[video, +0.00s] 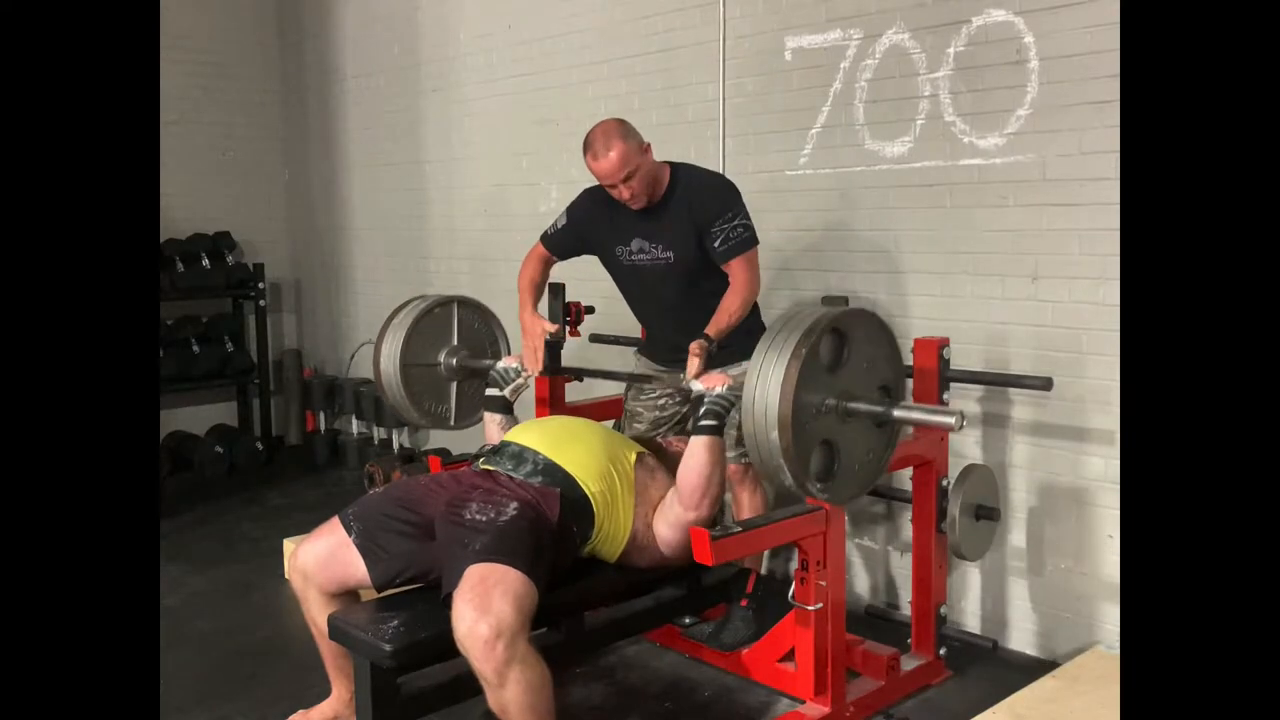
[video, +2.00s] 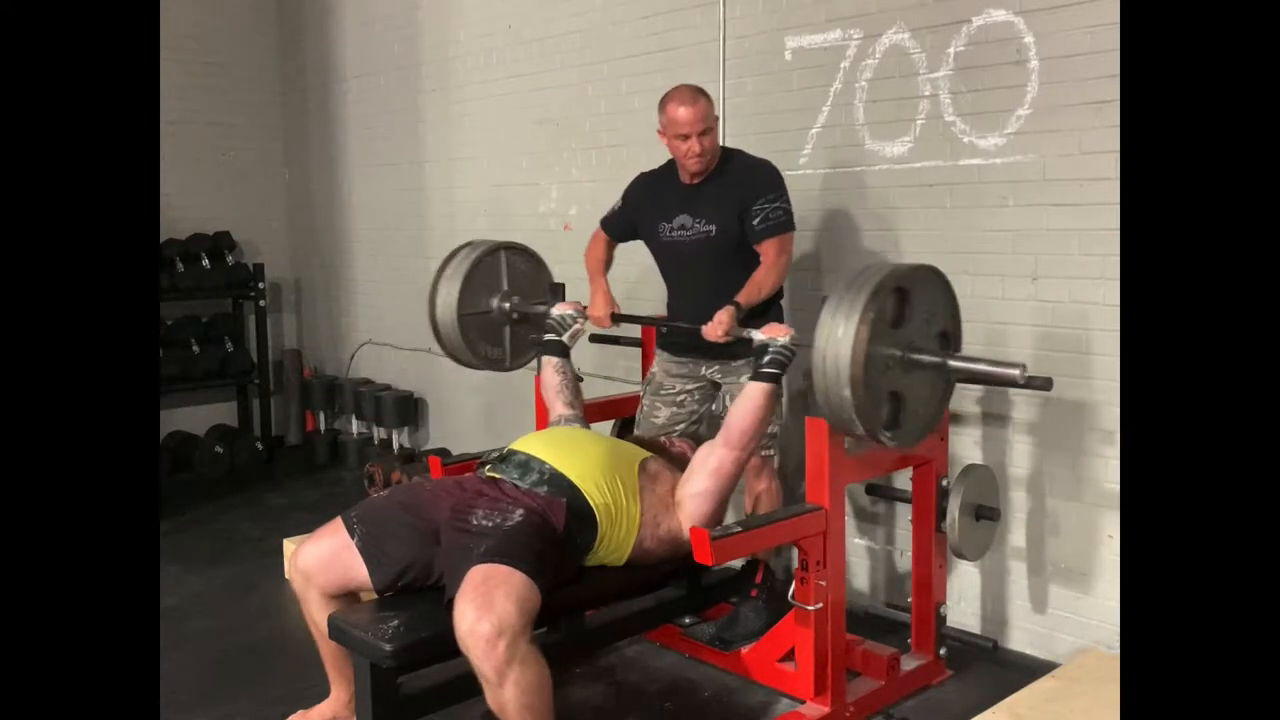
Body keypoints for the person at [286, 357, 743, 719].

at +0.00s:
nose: (682, 444)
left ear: (682, 447)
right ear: (662, 437)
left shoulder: (662, 500)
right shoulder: (571, 440)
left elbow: (697, 502)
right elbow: (496, 464)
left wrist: (712, 416)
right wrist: (497, 399)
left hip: (520, 503)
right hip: (453, 484)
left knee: (485, 629)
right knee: (307, 561)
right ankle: (343, 698)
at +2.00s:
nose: (676, 440)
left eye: (688, 443)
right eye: (672, 436)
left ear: (696, 467)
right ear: (652, 443)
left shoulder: (678, 506)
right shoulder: (589, 444)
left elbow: (734, 445)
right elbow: (564, 407)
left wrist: (771, 364)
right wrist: (557, 341)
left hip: (528, 514)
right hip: (465, 485)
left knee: (487, 627)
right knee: (308, 562)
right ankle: (341, 699)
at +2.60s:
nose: (671, 433)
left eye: (684, 436)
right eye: (664, 428)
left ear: (696, 464)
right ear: (645, 438)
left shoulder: (684, 498)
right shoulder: (591, 449)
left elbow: (753, 468)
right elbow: (551, 421)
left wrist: (785, 384)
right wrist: (572, 359)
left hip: (537, 523)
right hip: (466, 499)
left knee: (457, 599)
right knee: (300, 559)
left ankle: (458, 716)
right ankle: (306, 714)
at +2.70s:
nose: (669, 431)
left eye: (683, 435)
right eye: (665, 425)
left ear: (699, 460)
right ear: (647, 428)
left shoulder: (684, 492)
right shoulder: (596, 447)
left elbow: (756, 478)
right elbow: (544, 432)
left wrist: (786, 385)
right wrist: (572, 363)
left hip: (548, 524)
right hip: (478, 495)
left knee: (452, 554)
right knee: (308, 530)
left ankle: (376, 713)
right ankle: (251, 702)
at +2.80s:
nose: (658, 427)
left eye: (673, 429)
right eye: (654, 421)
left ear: (695, 450)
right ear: (640, 426)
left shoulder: (685, 488)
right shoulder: (586, 453)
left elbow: (754, 478)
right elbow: (533, 450)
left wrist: (785, 388)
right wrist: (560, 379)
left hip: (554, 543)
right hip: (474, 514)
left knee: (466, 483)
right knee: (330, 463)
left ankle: (311, 636)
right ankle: (222, 618)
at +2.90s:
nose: (670, 419)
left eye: (686, 426)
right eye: (667, 417)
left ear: (703, 453)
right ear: (651, 426)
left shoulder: (690, 492)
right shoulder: (603, 447)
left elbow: (760, 476)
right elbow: (536, 433)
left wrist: (784, 386)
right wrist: (569, 370)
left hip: (553, 554)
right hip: (477, 528)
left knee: (507, 427)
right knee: (383, 405)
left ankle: (323, 499)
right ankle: (234, 488)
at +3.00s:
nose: (678, 430)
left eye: (693, 433)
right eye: (674, 426)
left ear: (708, 456)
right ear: (660, 433)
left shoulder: (701, 494)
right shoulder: (619, 460)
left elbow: (757, 479)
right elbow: (552, 440)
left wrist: (788, 386)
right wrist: (572, 369)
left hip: (542, 540)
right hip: (471, 513)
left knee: (549, 385)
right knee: (425, 366)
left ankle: (374, 390)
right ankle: (277, 376)